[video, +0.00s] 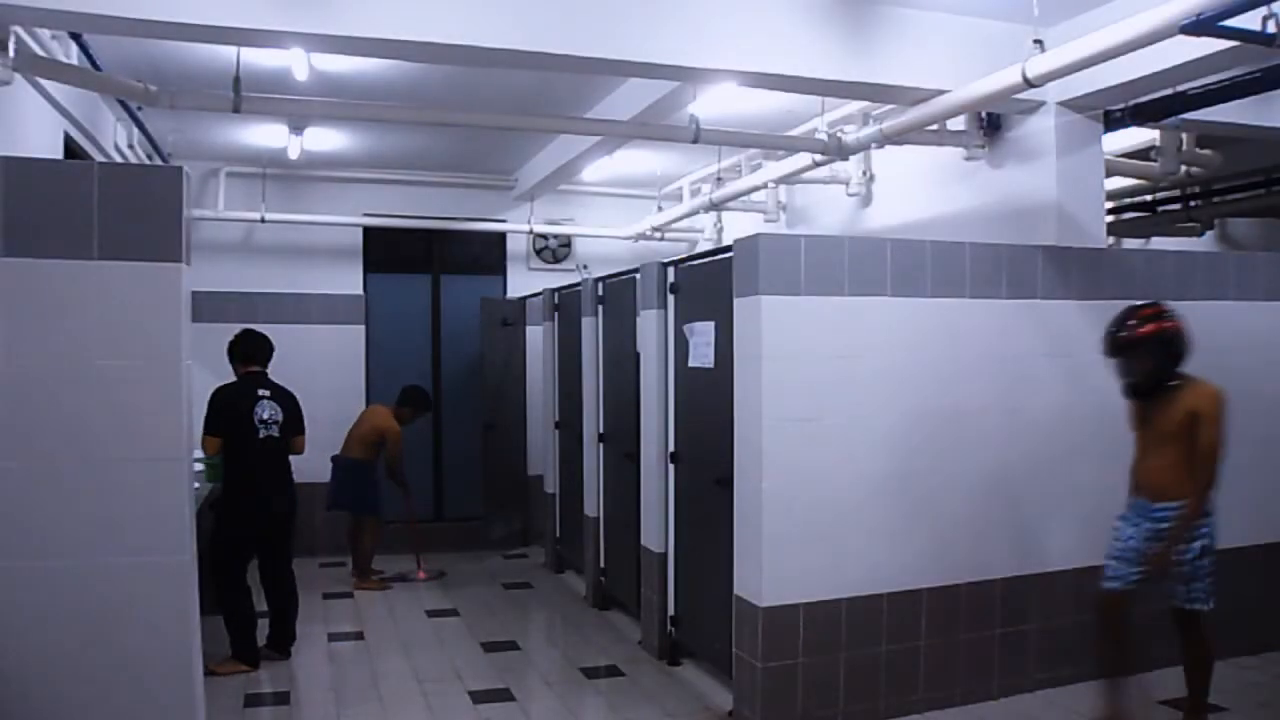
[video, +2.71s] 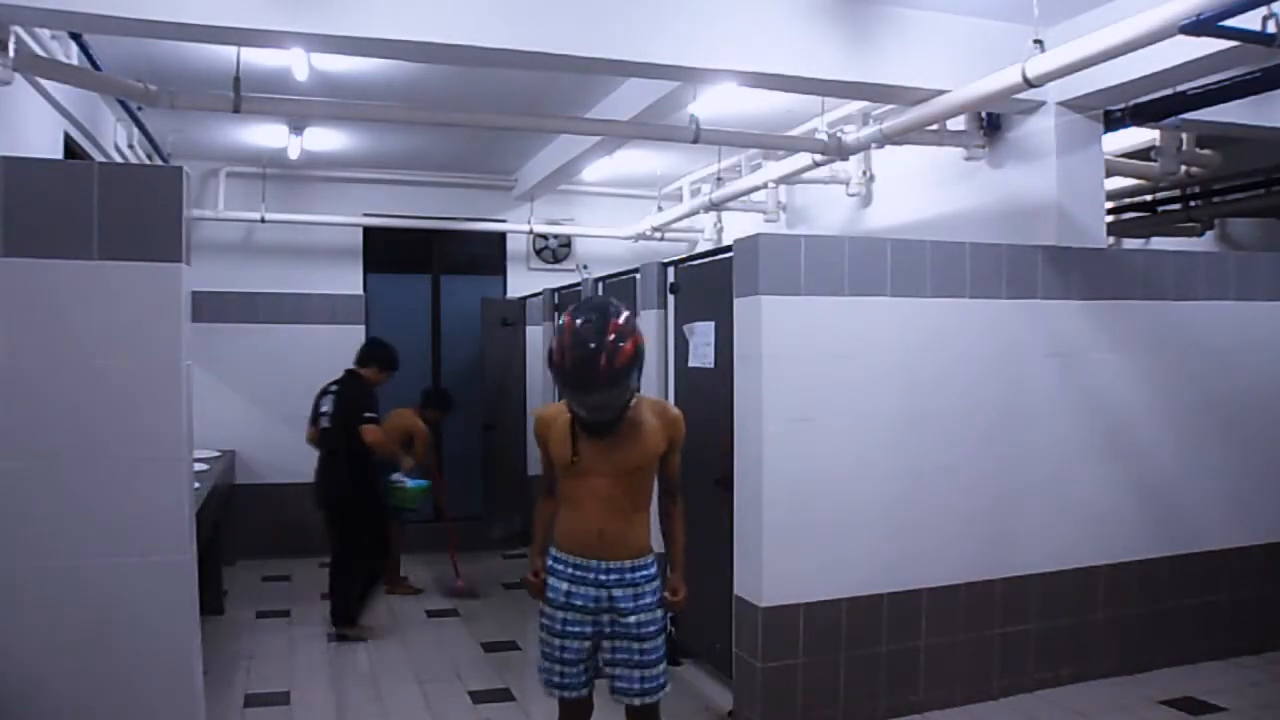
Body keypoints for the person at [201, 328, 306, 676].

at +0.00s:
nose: (235, 365)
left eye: (234, 359)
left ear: (234, 361)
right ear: (268, 360)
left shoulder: (224, 396)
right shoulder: (286, 397)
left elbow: (211, 446)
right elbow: (298, 446)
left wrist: (236, 436)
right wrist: (265, 442)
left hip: (238, 498)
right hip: (279, 497)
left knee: (229, 572)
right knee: (277, 567)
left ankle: (244, 654)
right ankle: (281, 644)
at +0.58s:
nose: (266, 365)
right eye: (268, 359)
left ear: (234, 360)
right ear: (270, 361)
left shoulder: (212, 397)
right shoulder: (283, 398)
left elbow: (200, 450)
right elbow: (299, 452)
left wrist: (225, 443)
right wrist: (285, 477)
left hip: (231, 498)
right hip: (275, 497)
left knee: (235, 576)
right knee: (280, 571)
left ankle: (247, 655)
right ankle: (282, 644)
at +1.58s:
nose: (287, 380)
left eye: (289, 374)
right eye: (288, 373)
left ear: (256, 362)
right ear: (279, 367)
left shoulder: (218, 394)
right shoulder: (283, 399)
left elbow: (205, 446)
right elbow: (304, 451)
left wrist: (232, 459)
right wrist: (328, 492)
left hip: (233, 499)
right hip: (277, 499)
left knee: (240, 576)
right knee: (282, 571)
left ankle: (246, 656)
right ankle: (283, 643)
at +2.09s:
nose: (326, 385)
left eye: (329, 379)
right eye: (327, 378)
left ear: (300, 364)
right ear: (317, 369)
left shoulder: (260, 391)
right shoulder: (309, 397)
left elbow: (251, 440)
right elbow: (323, 446)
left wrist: (281, 449)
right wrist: (342, 461)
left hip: (261, 489)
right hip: (297, 491)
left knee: (277, 557)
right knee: (297, 563)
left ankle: (271, 624)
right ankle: (284, 641)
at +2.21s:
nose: (333, 384)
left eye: (336, 379)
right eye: (334, 378)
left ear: (308, 364)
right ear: (325, 370)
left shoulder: (271, 393)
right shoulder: (315, 398)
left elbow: (275, 443)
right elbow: (327, 449)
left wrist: (315, 456)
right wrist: (349, 459)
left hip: (271, 488)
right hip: (305, 492)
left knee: (297, 558)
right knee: (301, 563)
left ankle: (310, 622)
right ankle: (285, 642)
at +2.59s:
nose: (370, 381)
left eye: (373, 374)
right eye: (371, 374)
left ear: (345, 363)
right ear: (362, 368)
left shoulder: (310, 393)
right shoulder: (351, 393)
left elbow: (296, 439)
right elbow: (361, 437)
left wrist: (323, 454)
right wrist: (386, 456)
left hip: (314, 482)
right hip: (344, 482)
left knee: (338, 553)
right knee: (341, 554)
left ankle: (344, 623)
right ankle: (300, 623)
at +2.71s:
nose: (385, 381)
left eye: (387, 375)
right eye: (386, 374)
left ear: (361, 362)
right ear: (377, 368)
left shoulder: (327, 391)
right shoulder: (363, 392)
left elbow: (313, 435)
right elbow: (371, 436)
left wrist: (342, 447)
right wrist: (399, 456)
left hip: (329, 480)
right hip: (357, 482)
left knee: (345, 547)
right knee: (374, 548)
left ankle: (343, 619)